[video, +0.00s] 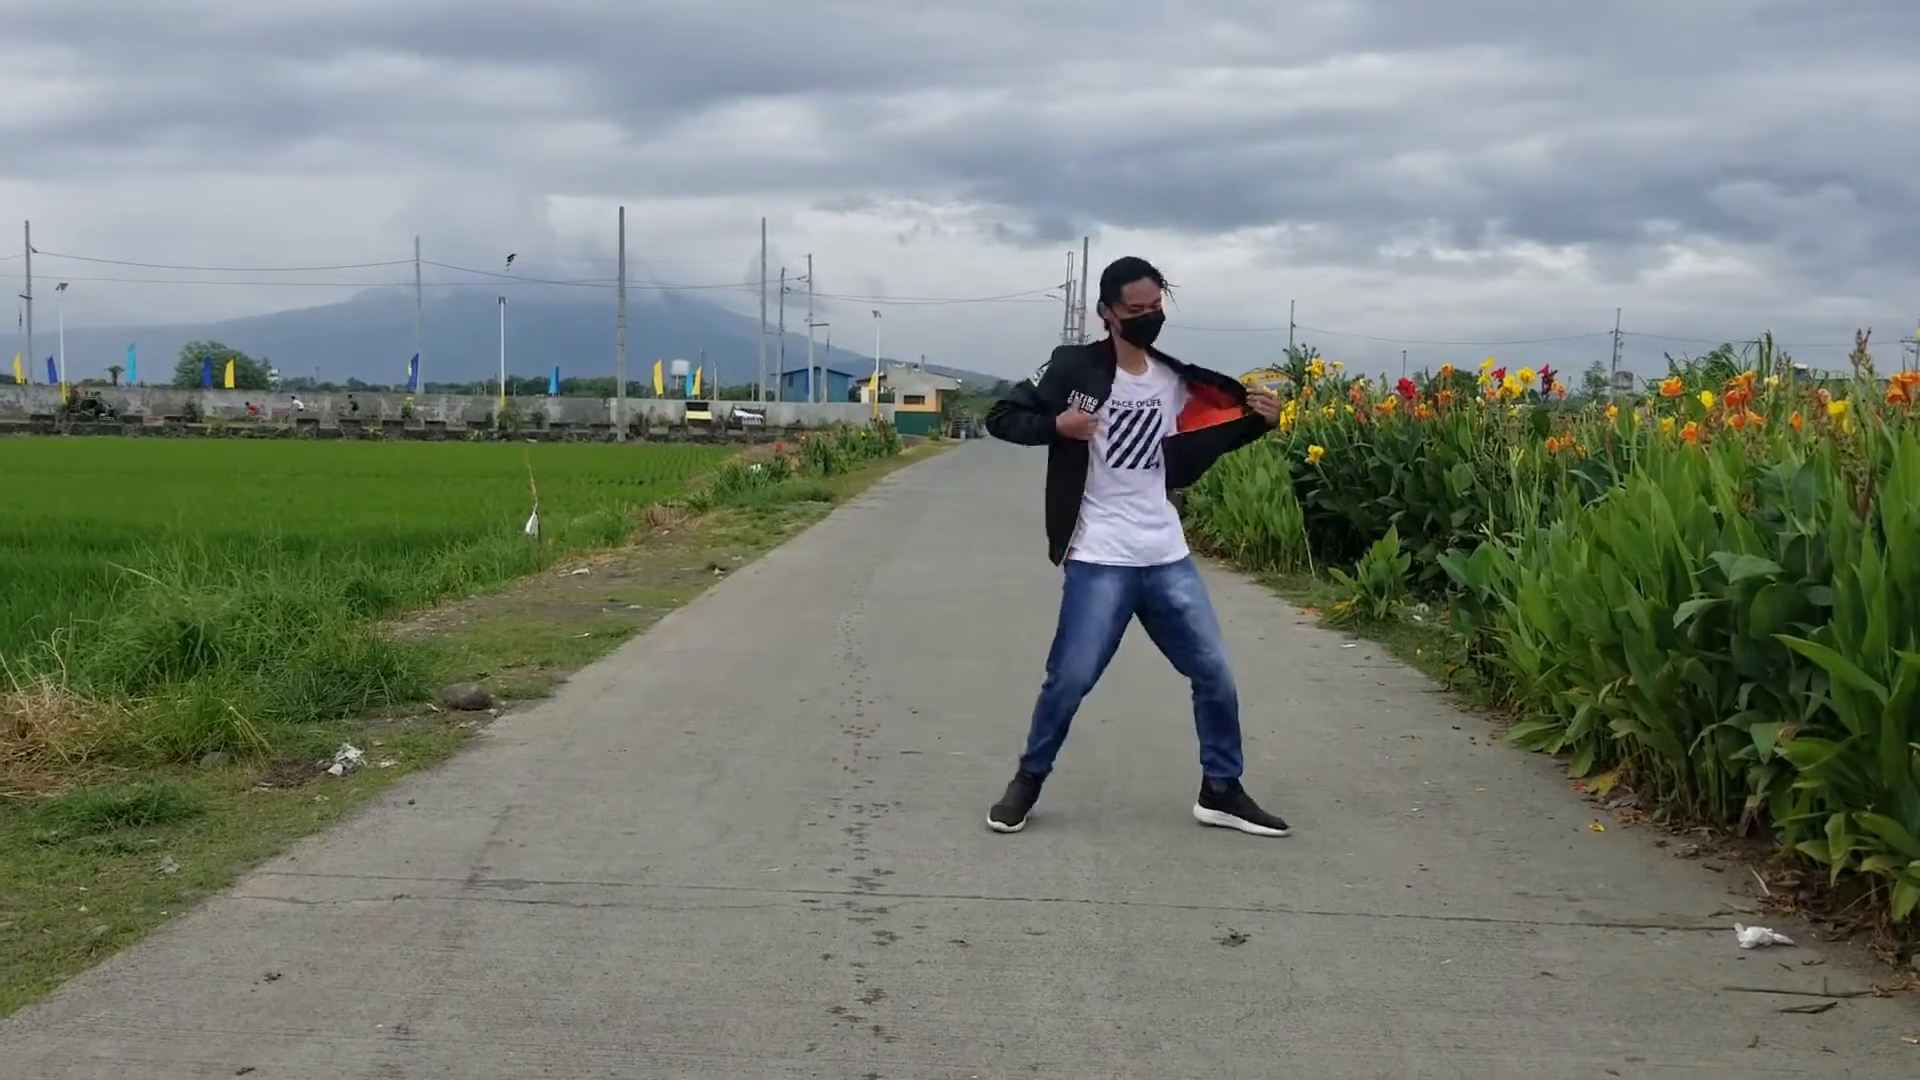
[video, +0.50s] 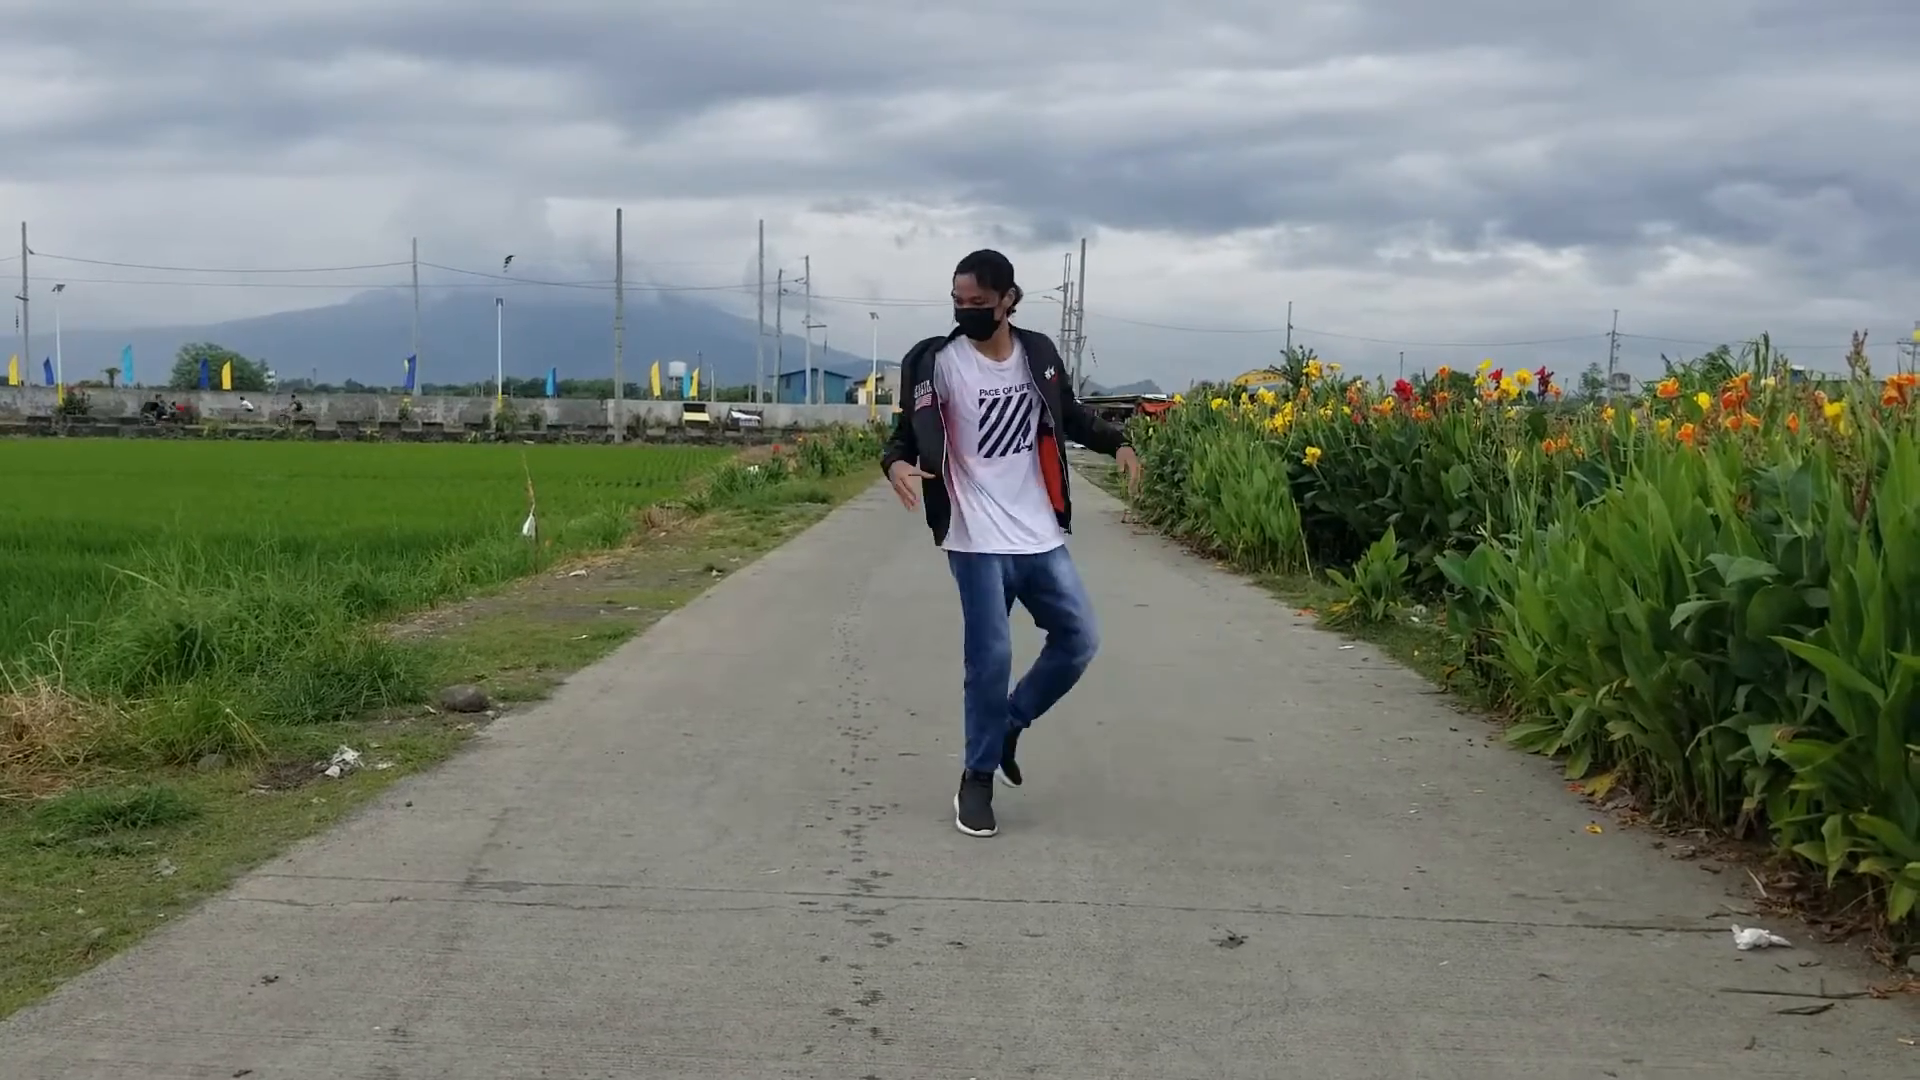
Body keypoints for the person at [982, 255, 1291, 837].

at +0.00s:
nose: (1151, 319)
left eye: (1157, 309)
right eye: (1138, 310)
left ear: (1163, 305)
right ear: (1108, 311)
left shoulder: (1175, 380)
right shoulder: (1074, 366)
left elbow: (1178, 460)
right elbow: (1003, 419)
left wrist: (1255, 422)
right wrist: (1055, 425)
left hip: (1165, 551)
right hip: (1098, 551)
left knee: (1215, 671)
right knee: (1071, 677)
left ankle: (1221, 789)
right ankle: (1028, 780)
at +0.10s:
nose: (1108, 319)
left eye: (1119, 308)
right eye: (1097, 308)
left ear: (1139, 303)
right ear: (1082, 307)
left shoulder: (1163, 363)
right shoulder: (1053, 362)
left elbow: (1195, 429)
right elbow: (982, 424)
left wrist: (1233, 444)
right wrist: (1000, 377)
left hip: (1156, 548)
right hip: (1086, 548)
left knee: (1213, 664)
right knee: (1056, 669)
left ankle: (1224, 782)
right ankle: (1003, 771)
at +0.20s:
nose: (1058, 332)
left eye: (1070, 322)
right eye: (1052, 320)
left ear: (1100, 318)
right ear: (1047, 313)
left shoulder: (1129, 367)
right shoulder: (1026, 378)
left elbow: (1161, 437)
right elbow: (960, 444)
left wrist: (1195, 481)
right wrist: (935, 379)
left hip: (1137, 558)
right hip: (1068, 562)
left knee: (1195, 672)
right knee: (1043, 683)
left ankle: (1225, 787)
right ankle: (976, 775)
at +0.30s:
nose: (1021, 317)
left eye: (1034, 309)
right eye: (1016, 306)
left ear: (1063, 315)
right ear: (1010, 310)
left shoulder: (1094, 370)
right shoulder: (992, 375)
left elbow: (1116, 442)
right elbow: (951, 457)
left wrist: (1148, 496)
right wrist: (922, 427)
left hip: (1096, 552)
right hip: (1029, 554)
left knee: (1156, 666)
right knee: (1029, 680)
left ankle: (1212, 771)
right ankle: (980, 782)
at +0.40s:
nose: (990, 321)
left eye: (1000, 311)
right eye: (985, 311)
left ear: (1033, 312)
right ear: (983, 310)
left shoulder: (1066, 365)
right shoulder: (962, 371)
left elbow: (1089, 441)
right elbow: (933, 445)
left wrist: (1117, 493)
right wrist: (915, 486)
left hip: (1065, 540)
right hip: (999, 542)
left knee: (1130, 648)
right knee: (1016, 667)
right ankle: (981, 783)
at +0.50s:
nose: (961, 313)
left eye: (971, 304)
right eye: (957, 303)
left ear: (1006, 300)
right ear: (956, 298)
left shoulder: (1039, 352)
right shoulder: (931, 360)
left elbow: (1072, 418)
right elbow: (908, 435)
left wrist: (1117, 439)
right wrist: (896, 460)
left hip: (1039, 531)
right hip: (976, 535)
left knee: (1079, 642)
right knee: (993, 659)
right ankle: (977, 778)